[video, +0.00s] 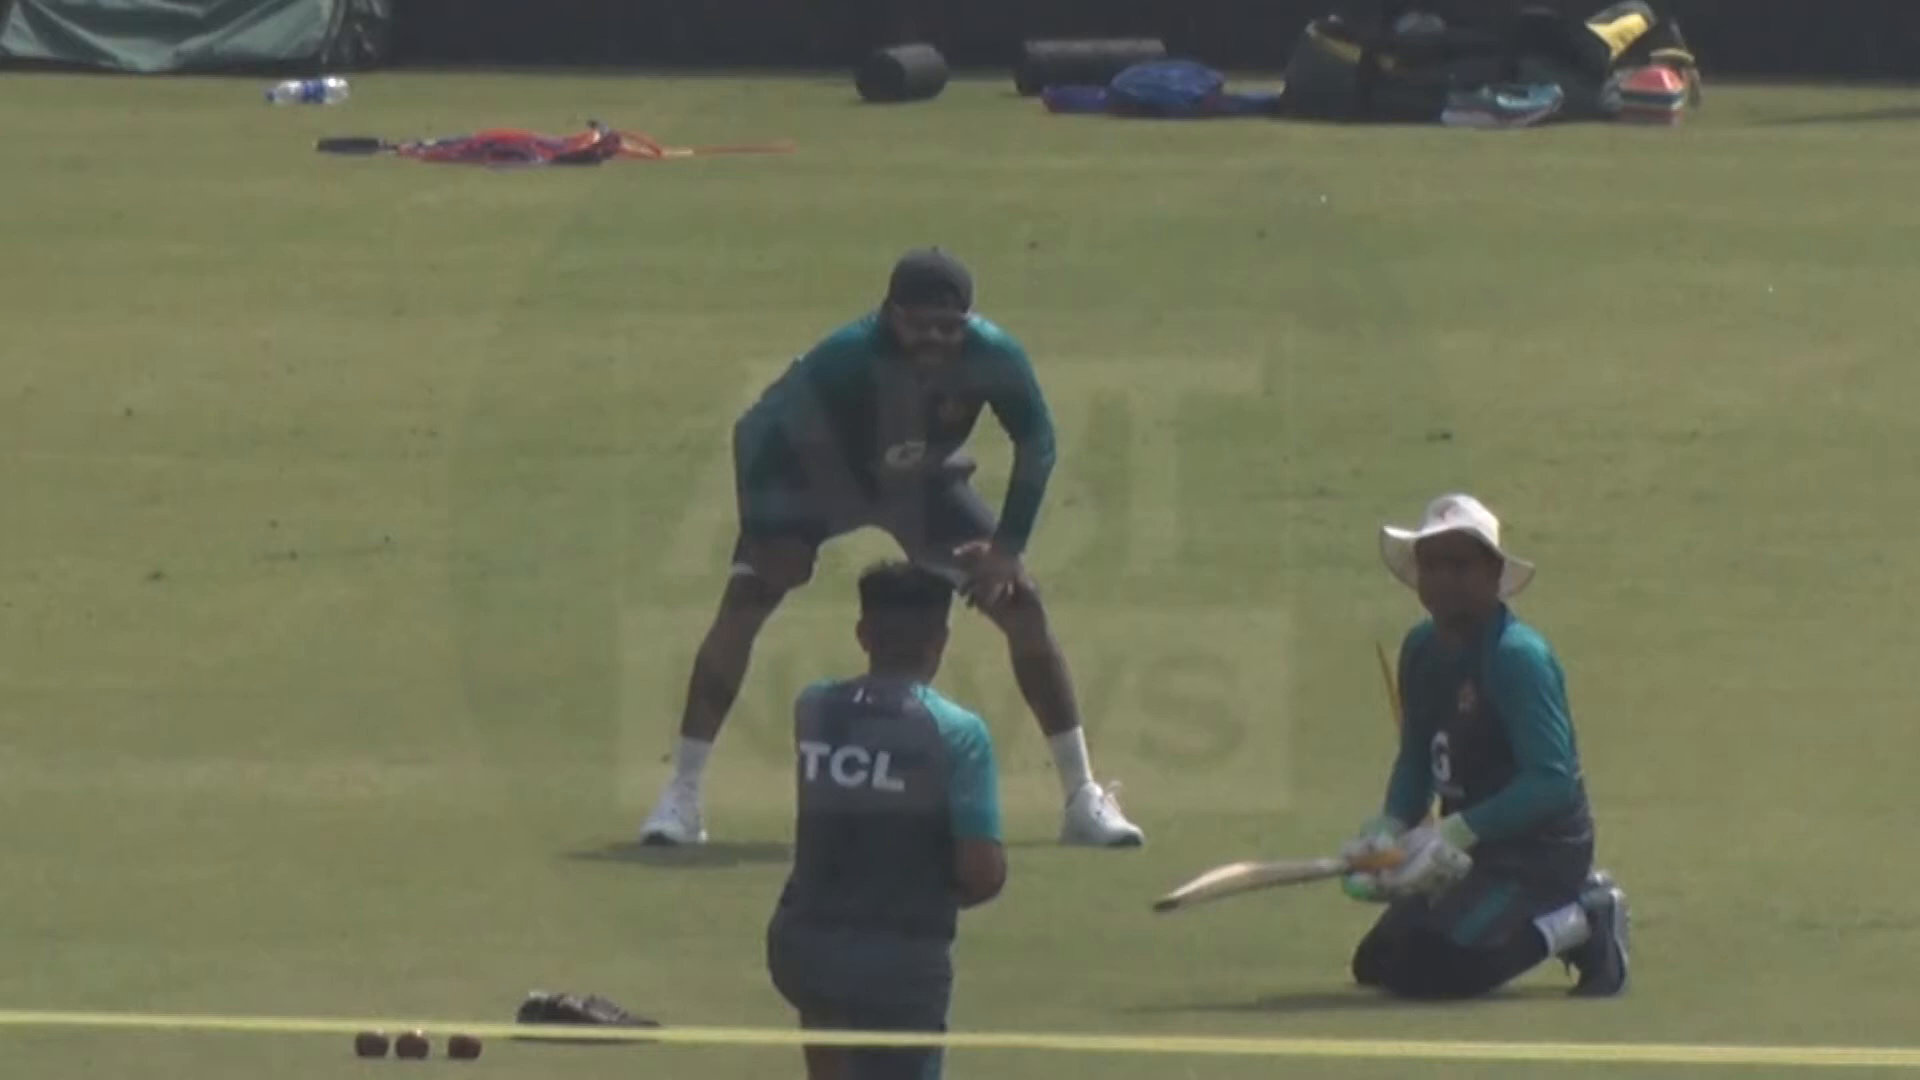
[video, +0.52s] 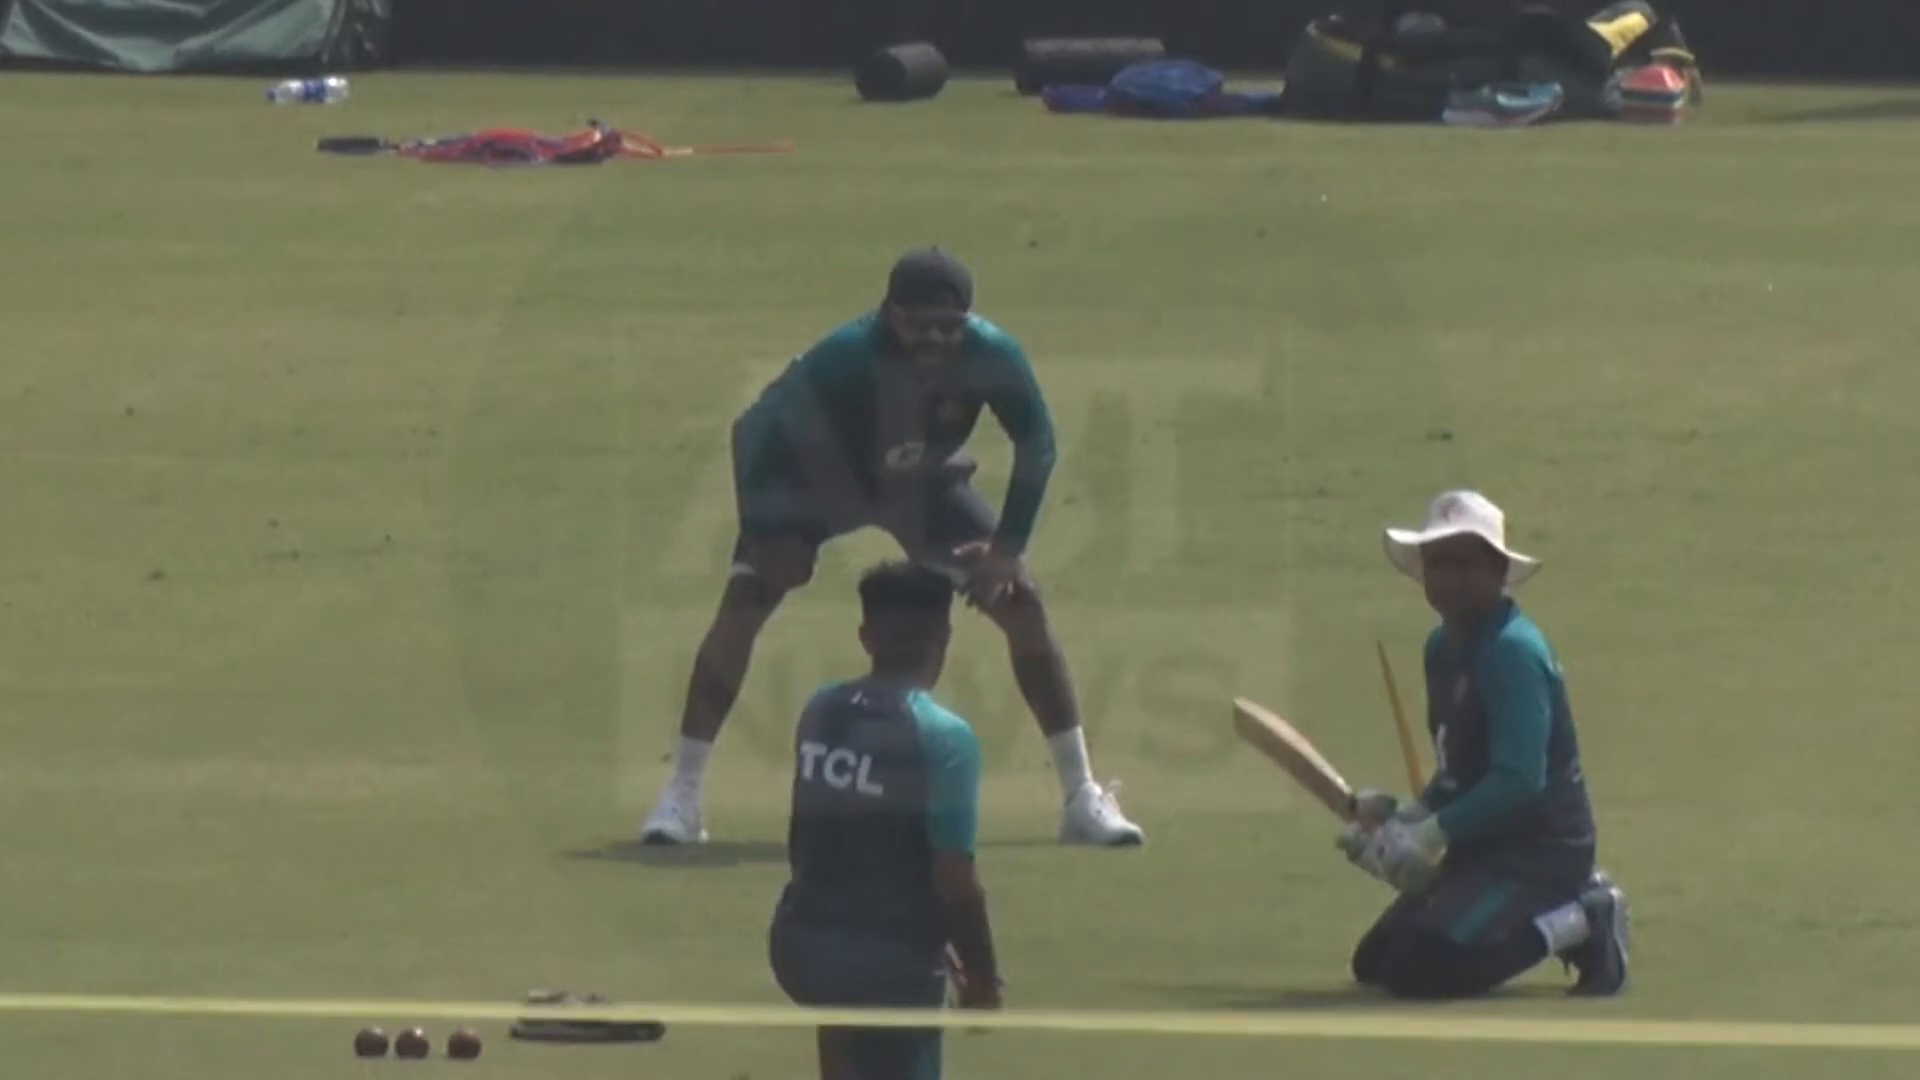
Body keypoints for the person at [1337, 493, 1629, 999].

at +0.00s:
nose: (1443, 579)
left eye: (1461, 564)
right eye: (1431, 564)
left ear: (1494, 575)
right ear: (1416, 575)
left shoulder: (1517, 657)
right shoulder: (1422, 649)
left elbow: (1553, 783)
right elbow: (1416, 759)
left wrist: (1452, 835)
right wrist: (1388, 835)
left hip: (1542, 855)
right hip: (1475, 849)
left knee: (1423, 975)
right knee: (1378, 963)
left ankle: (1582, 921)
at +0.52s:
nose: (1446, 577)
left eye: (1464, 563)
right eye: (1435, 562)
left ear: (1498, 573)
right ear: (1421, 571)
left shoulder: (1513, 651)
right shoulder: (1443, 647)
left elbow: (1519, 779)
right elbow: (1460, 770)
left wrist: (1429, 838)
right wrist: (1406, 820)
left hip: (1541, 854)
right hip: (1488, 846)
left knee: (1418, 973)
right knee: (1377, 962)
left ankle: (1583, 920)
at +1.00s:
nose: (1462, 575)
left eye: (1482, 561)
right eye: (1454, 560)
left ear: (1518, 572)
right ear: (1441, 569)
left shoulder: (1527, 653)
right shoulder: (1461, 646)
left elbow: (1529, 780)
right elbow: (1474, 771)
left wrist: (1440, 831)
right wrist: (1418, 807)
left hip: (1544, 860)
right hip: (1494, 852)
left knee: (1420, 974)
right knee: (1376, 963)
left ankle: (1583, 922)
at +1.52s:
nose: (1458, 582)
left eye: (1475, 566)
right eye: (1449, 568)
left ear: (1509, 572)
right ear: (1438, 573)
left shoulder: (1524, 639)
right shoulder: (1480, 640)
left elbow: (1450, 741)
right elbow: (1444, 739)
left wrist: (1354, 728)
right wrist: (1364, 707)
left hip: (1534, 863)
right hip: (1485, 857)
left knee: (1420, 973)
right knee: (1370, 955)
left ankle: (1585, 921)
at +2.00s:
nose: (1339, 544)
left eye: (1349, 534)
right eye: (1341, 533)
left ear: (1374, 536)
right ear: (1405, 540)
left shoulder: (1393, 570)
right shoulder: (1399, 637)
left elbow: (1296, 584)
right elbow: (1321, 728)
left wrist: (1210, 596)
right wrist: (1226, 663)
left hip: (1469, 808)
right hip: (1451, 814)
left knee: (1379, 963)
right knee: (1359, 958)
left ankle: (1562, 907)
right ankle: (1540, 908)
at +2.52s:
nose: (1297, 540)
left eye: (1301, 530)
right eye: (1300, 528)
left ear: (1314, 532)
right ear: (1367, 534)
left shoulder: (1326, 569)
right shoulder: (1391, 591)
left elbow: (1310, 678)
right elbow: (1385, 742)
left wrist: (1266, 742)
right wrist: (1301, 769)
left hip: (1439, 792)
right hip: (1454, 788)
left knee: (1381, 963)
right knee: (1355, 957)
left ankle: (1557, 908)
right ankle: (1533, 907)